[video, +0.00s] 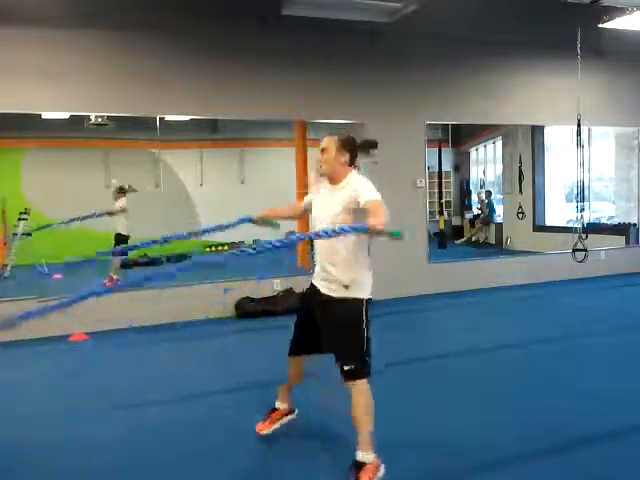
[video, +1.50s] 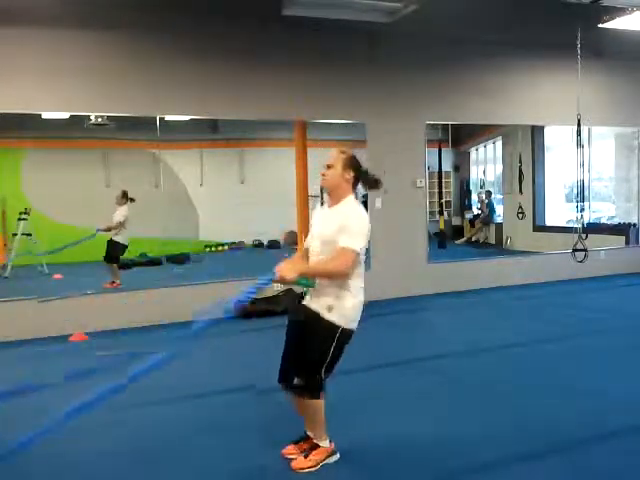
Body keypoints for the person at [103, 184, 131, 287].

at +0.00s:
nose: (113, 196)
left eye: (114, 194)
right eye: (113, 194)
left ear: (119, 194)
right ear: (121, 194)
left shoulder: (122, 203)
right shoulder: (119, 203)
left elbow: (115, 211)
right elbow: (113, 212)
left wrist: (103, 213)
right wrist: (102, 213)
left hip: (122, 232)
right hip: (119, 231)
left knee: (117, 256)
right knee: (116, 256)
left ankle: (113, 276)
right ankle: (113, 276)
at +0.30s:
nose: (111, 194)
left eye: (113, 192)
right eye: (112, 191)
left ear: (118, 193)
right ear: (119, 193)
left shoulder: (121, 202)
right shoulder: (117, 202)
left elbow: (114, 209)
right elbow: (112, 210)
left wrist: (102, 211)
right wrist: (103, 212)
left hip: (120, 231)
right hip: (116, 230)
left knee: (114, 254)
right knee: (112, 254)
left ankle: (115, 277)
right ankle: (114, 276)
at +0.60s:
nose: (114, 198)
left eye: (116, 196)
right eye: (115, 196)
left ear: (121, 198)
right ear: (122, 198)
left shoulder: (121, 209)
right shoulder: (121, 208)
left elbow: (114, 222)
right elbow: (116, 223)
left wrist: (101, 224)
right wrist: (104, 228)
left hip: (117, 237)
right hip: (116, 237)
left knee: (109, 259)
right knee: (111, 259)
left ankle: (110, 278)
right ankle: (110, 278)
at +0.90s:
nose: (113, 194)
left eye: (115, 192)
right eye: (113, 192)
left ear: (119, 193)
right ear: (120, 193)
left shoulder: (123, 201)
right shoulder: (117, 202)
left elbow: (121, 209)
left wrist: (109, 211)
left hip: (122, 231)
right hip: (119, 230)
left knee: (117, 255)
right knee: (116, 255)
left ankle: (116, 277)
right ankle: (116, 276)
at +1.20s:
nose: (116, 194)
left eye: (118, 192)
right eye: (117, 192)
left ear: (124, 193)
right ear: (123, 193)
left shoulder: (124, 203)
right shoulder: (119, 203)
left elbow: (123, 212)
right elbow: (112, 212)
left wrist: (108, 213)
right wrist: (101, 212)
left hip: (120, 232)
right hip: (116, 231)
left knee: (116, 257)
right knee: (113, 257)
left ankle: (117, 280)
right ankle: (115, 279)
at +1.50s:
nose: (116, 199)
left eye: (119, 198)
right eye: (117, 197)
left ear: (123, 200)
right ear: (123, 199)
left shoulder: (123, 211)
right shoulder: (120, 209)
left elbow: (118, 225)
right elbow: (118, 224)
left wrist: (106, 229)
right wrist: (107, 228)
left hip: (120, 239)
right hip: (116, 238)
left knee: (112, 260)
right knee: (109, 260)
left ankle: (117, 280)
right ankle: (115, 280)